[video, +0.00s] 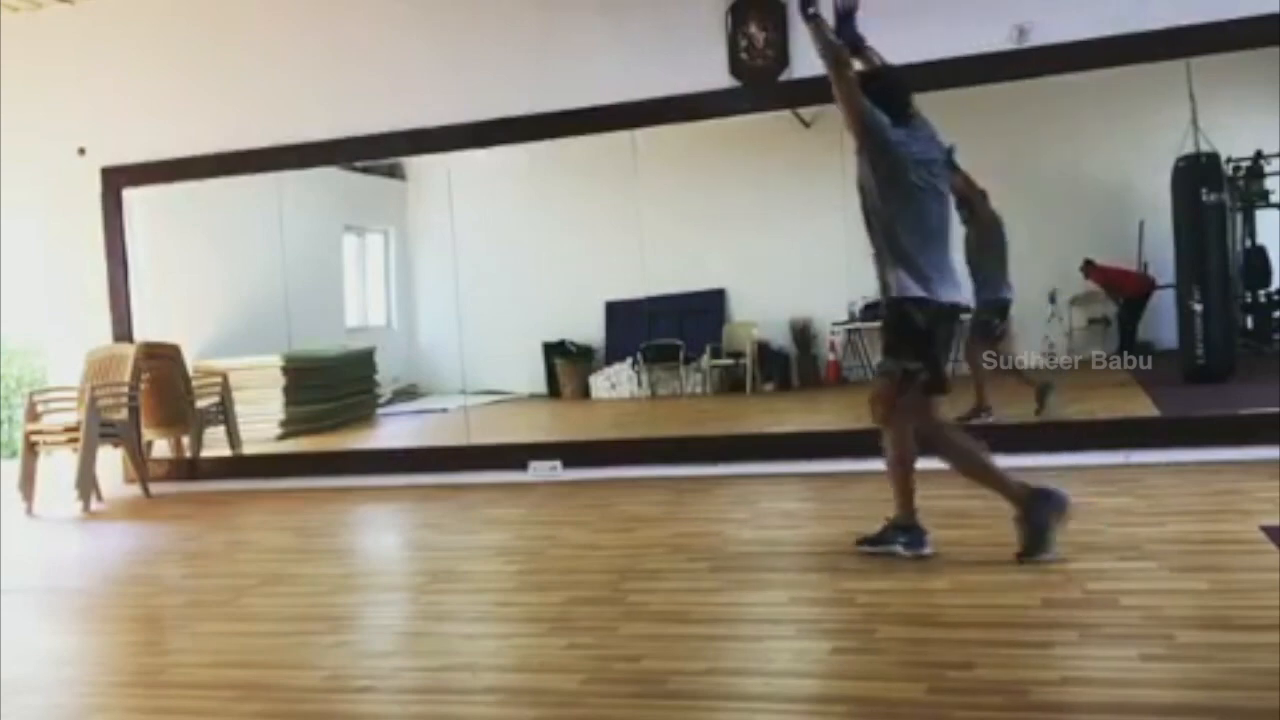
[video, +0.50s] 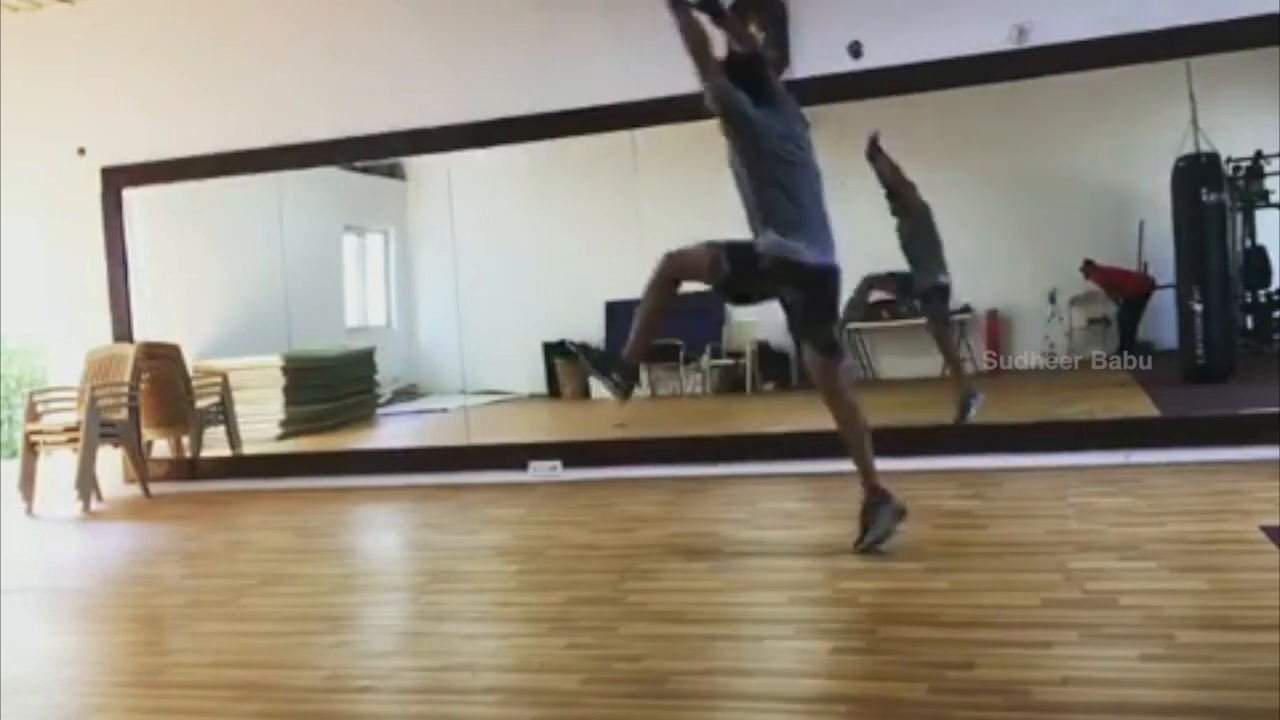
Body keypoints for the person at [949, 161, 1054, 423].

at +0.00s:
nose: (959, 214)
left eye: (962, 208)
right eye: (958, 209)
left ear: (973, 205)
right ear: (967, 208)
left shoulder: (987, 224)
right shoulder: (977, 227)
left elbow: (972, 193)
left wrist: (951, 166)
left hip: (994, 299)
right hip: (988, 299)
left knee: (973, 351)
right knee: (996, 356)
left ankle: (982, 404)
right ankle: (1037, 386)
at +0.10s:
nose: (951, 213)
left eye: (955, 207)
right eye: (951, 208)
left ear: (968, 206)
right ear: (955, 210)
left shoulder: (980, 224)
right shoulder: (968, 227)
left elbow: (965, 195)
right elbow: (957, 195)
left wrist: (946, 170)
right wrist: (944, 172)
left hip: (986, 300)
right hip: (978, 300)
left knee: (967, 351)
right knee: (970, 355)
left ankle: (981, 404)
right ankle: (1009, 386)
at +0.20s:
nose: (938, 225)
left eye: (941, 219)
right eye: (936, 219)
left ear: (952, 216)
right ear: (941, 220)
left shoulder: (966, 233)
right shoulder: (953, 235)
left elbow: (952, 203)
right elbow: (943, 204)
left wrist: (932, 177)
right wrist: (929, 179)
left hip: (968, 308)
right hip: (953, 307)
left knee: (949, 358)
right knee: (921, 342)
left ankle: (977, 405)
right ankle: (905, 393)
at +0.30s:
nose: (928, 228)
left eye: (930, 221)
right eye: (927, 222)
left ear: (942, 220)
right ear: (937, 221)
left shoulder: (955, 239)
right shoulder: (946, 242)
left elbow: (944, 208)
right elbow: (937, 209)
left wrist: (922, 179)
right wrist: (921, 181)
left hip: (959, 311)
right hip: (949, 310)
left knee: (944, 363)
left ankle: (976, 406)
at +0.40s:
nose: (905, 218)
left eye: (908, 211)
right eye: (904, 212)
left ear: (920, 209)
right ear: (910, 210)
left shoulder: (932, 227)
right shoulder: (920, 230)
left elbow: (916, 195)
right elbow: (907, 196)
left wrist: (896, 166)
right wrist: (892, 168)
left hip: (943, 298)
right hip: (926, 295)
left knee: (944, 353)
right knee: (878, 294)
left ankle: (974, 402)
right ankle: (847, 332)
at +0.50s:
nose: (889, 203)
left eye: (892, 198)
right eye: (888, 198)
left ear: (905, 196)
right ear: (895, 199)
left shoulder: (917, 213)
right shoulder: (906, 218)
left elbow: (898, 184)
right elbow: (891, 184)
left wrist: (878, 156)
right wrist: (876, 158)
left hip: (934, 286)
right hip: (917, 282)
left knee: (942, 338)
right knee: (869, 283)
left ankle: (967, 393)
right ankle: (842, 329)